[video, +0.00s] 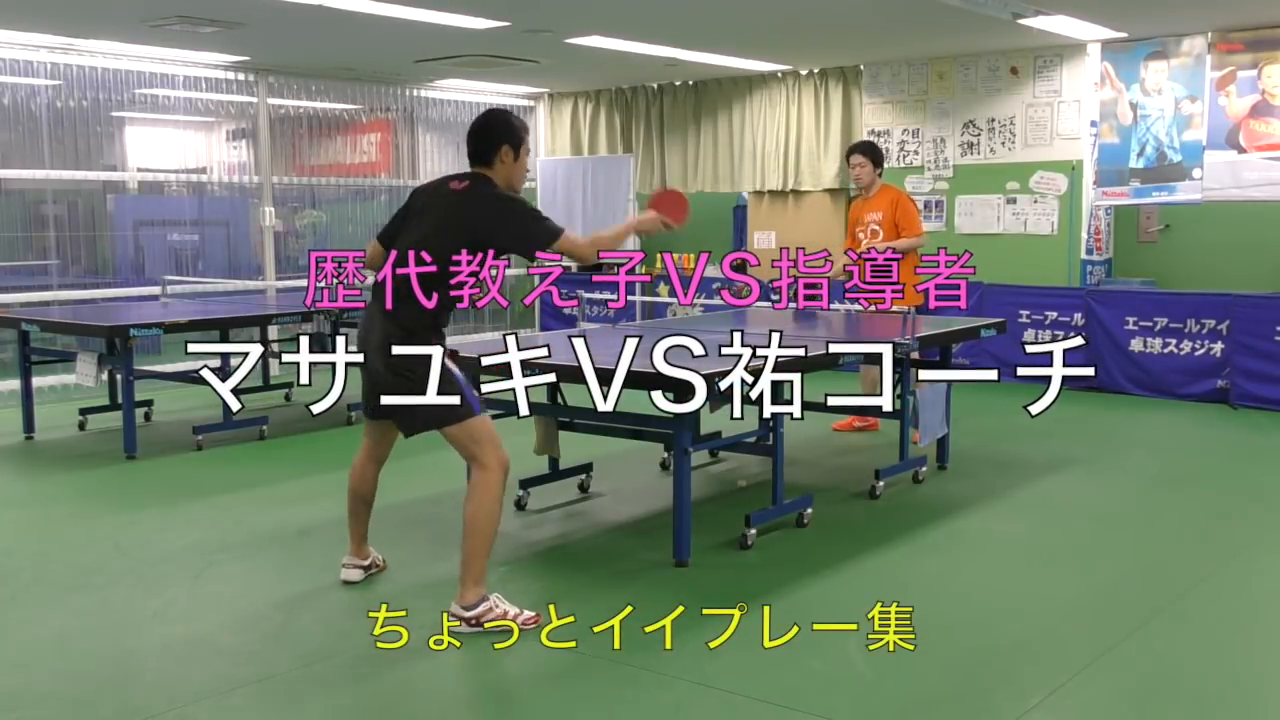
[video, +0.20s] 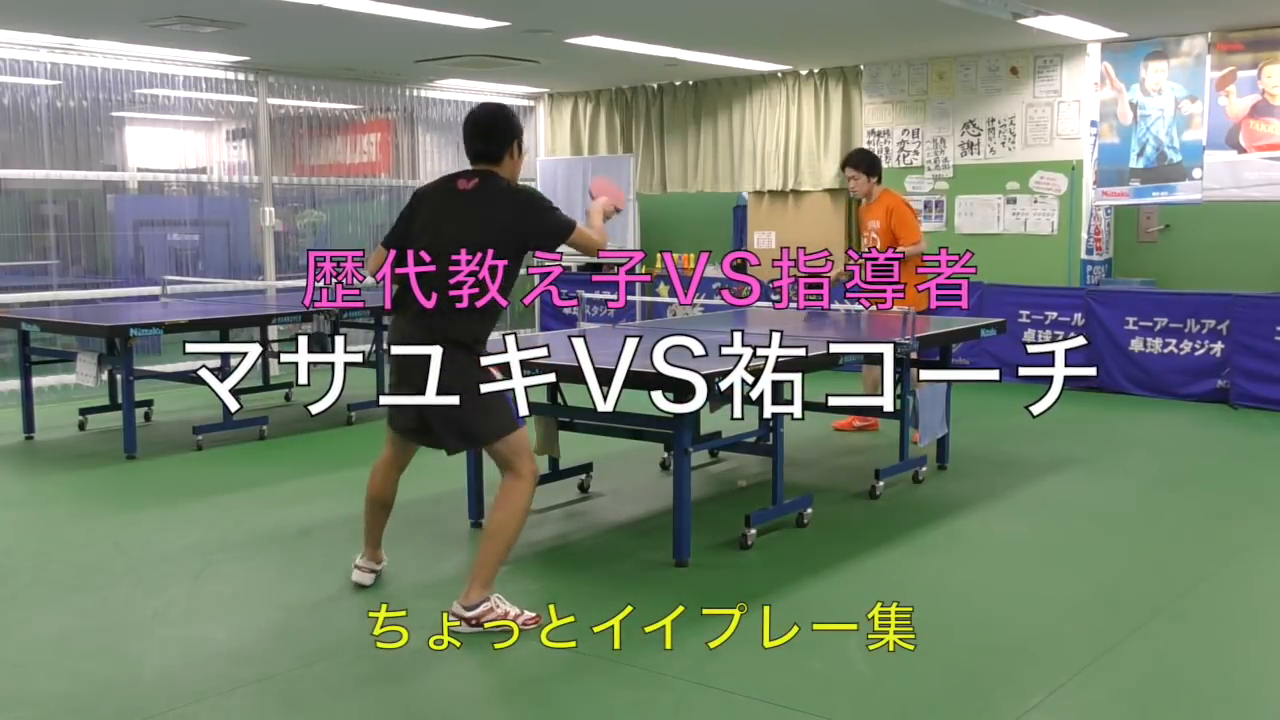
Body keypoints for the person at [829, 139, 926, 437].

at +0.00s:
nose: (855, 172)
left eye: (861, 166)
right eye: (852, 167)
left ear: (877, 167)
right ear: (849, 170)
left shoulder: (897, 198)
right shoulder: (855, 206)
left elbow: (918, 238)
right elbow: (852, 249)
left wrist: (886, 244)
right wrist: (834, 271)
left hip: (901, 295)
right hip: (869, 296)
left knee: (911, 359)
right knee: (869, 354)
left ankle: (924, 418)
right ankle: (867, 413)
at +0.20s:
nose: (850, 186)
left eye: (855, 179)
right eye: (848, 180)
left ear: (872, 178)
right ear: (851, 179)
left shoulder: (894, 204)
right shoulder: (864, 208)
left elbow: (917, 246)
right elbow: (871, 252)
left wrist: (888, 256)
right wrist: (846, 270)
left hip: (907, 298)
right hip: (879, 297)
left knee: (912, 361)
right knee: (871, 354)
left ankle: (926, 419)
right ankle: (867, 413)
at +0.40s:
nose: (852, 182)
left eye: (857, 175)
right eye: (850, 175)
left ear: (875, 174)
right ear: (857, 175)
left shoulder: (904, 203)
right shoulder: (859, 206)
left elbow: (921, 244)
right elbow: (848, 245)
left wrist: (894, 250)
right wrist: (826, 238)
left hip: (910, 296)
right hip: (876, 296)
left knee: (914, 360)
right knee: (873, 353)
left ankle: (923, 420)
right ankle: (869, 413)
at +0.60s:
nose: (860, 173)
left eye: (865, 167)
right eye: (857, 168)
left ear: (882, 168)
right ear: (854, 172)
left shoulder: (905, 199)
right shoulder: (855, 205)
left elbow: (926, 239)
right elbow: (844, 250)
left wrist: (898, 248)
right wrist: (833, 239)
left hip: (909, 297)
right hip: (873, 297)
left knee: (914, 360)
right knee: (869, 355)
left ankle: (923, 420)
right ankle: (866, 413)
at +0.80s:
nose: (859, 173)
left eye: (864, 166)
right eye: (855, 168)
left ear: (880, 168)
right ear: (853, 172)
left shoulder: (902, 200)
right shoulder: (858, 207)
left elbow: (922, 239)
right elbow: (856, 253)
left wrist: (885, 250)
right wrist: (832, 275)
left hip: (906, 296)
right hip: (874, 297)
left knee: (912, 358)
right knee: (870, 354)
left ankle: (925, 418)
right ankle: (867, 413)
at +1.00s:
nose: (853, 185)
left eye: (857, 179)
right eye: (850, 179)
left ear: (874, 176)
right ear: (850, 179)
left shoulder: (897, 205)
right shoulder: (866, 208)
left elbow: (919, 247)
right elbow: (876, 250)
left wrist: (878, 258)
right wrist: (852, 270)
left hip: (908, 300)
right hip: (880, 298)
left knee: (909, 360)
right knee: (871, 356)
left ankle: (928, 419)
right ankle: (868, 414)